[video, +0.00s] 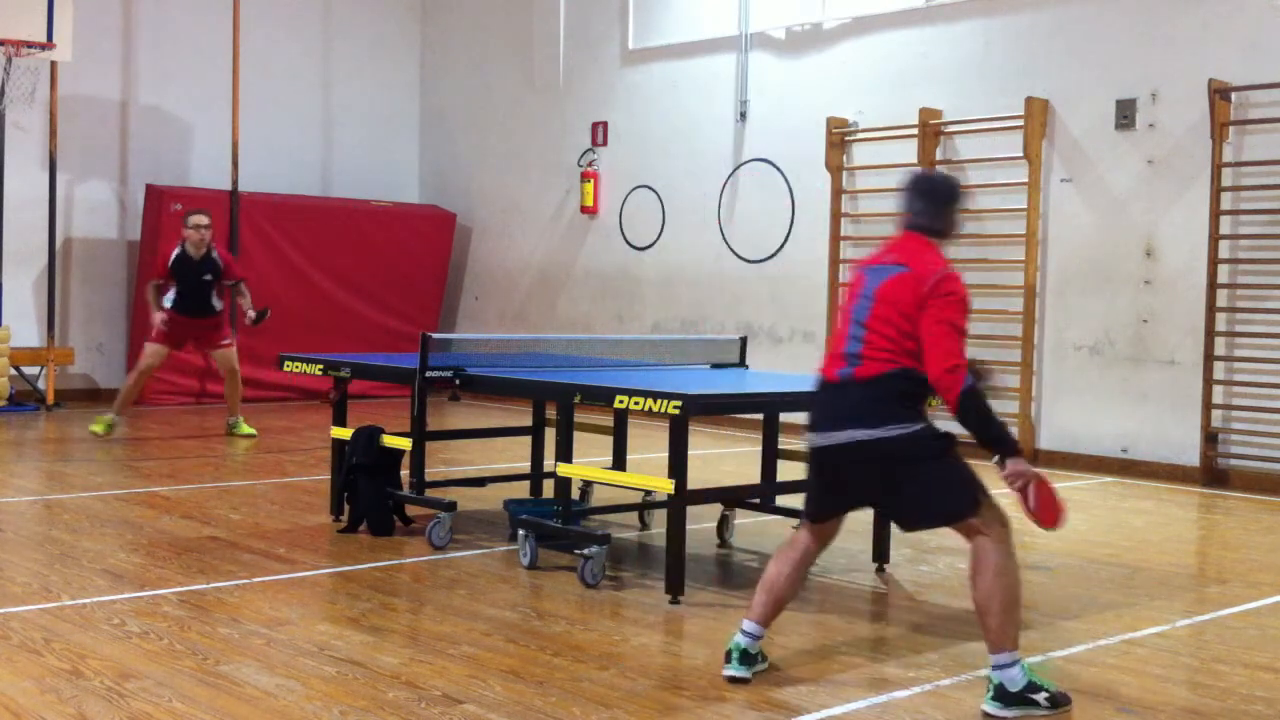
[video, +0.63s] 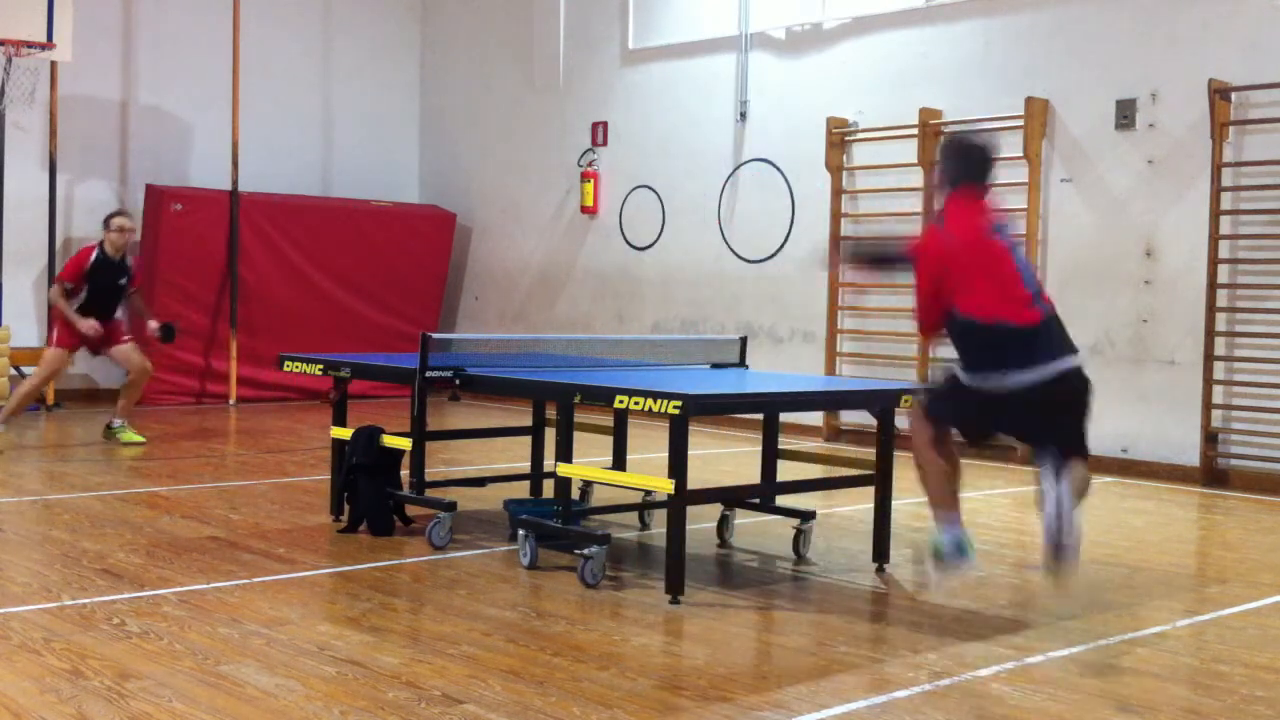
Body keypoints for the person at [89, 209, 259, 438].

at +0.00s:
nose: (203, 233)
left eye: (207, 228)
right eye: (197, 228)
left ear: (212, 232)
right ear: (185, 232)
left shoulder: (220, 258)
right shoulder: (172, 256)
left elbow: (239, 286)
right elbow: (154, 285)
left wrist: (248, 309)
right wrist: (155, 311)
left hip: (212, 322)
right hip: (175, 320)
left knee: (232, 369)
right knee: (144, 367)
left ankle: (235, 420)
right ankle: (112, 417)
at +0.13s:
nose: (183, 235)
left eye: (187, 230)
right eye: (177, 229)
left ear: (192, 234)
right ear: (165, 233)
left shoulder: (196, 259)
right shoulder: (151, 256)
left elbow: (212, 286)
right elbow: (133, 286)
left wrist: (228, 308)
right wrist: (132, 309)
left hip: (189, 323)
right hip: (152, 322)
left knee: (215, 368)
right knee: (126, 369)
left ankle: (232, 420)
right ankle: (101, 424)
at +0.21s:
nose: (167, 232)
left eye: (171, 227)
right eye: (161, 226)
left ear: (176, 231)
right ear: (148, 230)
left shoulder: (178, 258)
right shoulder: (132, 253)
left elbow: (191, 284)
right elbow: (107, 286)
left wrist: (210, 306)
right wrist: (113, 302)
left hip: (168, 323)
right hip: (131, 321)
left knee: (195, 369)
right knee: (109, 370)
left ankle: (221, 419)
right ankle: (98, 425)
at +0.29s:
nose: (156, 225)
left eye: (160, 220)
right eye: (150, 220)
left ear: (164, 224)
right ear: (137, 222)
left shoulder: (164, 251)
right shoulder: (119, 247)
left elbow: (174, 278)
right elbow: (90, 278)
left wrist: (193, 302)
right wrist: (99, 294)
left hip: (152, 317)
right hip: (117, 316)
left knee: (181, 363)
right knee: (104, 368)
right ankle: (95, 423)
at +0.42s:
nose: (147, 218)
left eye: (151, 213)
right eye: (141, 213)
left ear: (154, 217)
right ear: (127, 216)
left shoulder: (152, 245)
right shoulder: (110, 239)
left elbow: (159, 273)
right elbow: (77, 271)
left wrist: (179, 302)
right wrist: (87, 293)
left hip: (135, 312)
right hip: (102, 309)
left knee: (157, 360)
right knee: (92, 363)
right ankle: (71, 413)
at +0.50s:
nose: (140, 222)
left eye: (144, 217)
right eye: (134, 217)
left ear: (147, 222)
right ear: (120, 220)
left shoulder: (145, 250)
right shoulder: (102, 243)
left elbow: (153, 279)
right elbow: (70, 278)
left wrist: (170, 308)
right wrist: (85, 303)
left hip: (125, 316)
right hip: (91, 314)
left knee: (146, 363)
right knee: (71, 362)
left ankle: (120, 422)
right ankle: (38, 416)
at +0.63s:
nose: (126, 236)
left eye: (130, 231)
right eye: (120, 230)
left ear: (133, 235)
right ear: (106, 233)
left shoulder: (128, 265)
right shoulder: (87, 257)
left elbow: (132, 295)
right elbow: (55, 294)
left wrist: (149, 319)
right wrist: (79, 322)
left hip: (107, 324)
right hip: (72, 322)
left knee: (141, 368)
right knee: (44, 375)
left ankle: (117, 424)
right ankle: (2, 419)